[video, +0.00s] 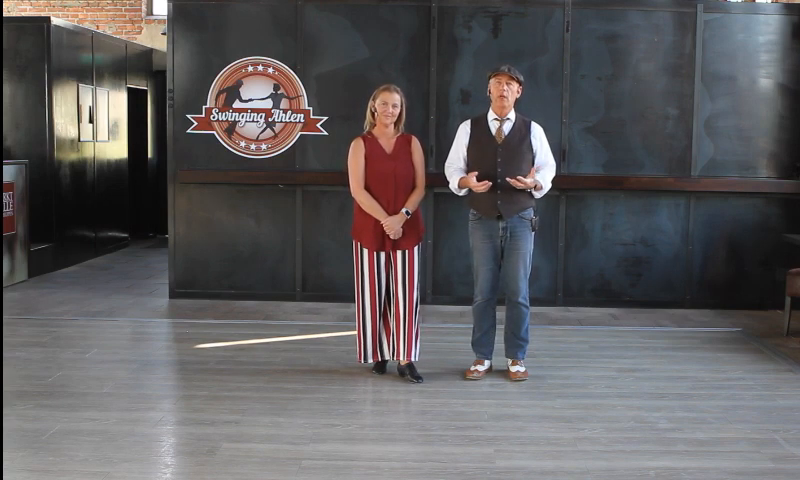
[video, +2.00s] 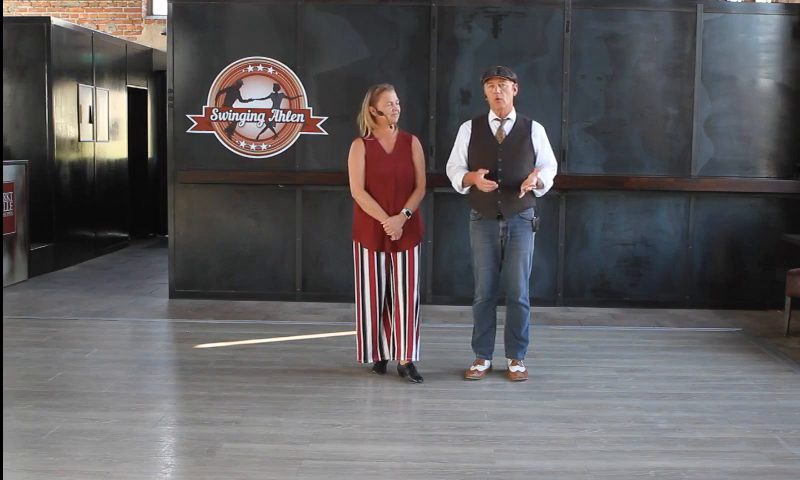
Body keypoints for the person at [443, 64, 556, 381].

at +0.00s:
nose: (504, 90)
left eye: (510, 85)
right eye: (499, 84)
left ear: (518, 92)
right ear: (489, 89)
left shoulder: (532, 130)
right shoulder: (468, 129)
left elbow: (548, 169)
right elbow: (452, 170)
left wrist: (533, 181)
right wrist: (466, 181)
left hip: (520, 219)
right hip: (481, 220)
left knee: (517, 292)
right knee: (483, 292)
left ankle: (516, 359)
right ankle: (482, 358)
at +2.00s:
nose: (497, 92)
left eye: (502, 86)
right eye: (491, 87)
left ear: (514, 90)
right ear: (485, 93)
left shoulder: (533, 129)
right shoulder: (469, 129)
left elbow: (549, 166)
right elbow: (453, 170)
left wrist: (537, 177)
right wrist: (471, 178)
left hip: (521, 219)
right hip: (482, 219)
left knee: (517, 292)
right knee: (484, 291)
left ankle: (516, 359)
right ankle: (482, 358)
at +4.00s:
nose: (502, 90)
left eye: (507, 85)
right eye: (496, 85)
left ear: (517, 90)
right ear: (489, 91)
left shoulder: (534, 130)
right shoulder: (470, 128)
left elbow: (550, 171)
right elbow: (454, 169)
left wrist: (523, 176)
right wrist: (480, 175)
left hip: (521, 220)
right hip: (483, 220)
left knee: (518, 292)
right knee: (484, 292)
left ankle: (516, 359)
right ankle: (482, 358)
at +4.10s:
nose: (502, 90)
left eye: (507, 85)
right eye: (496, 85)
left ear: (517, 90)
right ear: (489, 90)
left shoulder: (535, 130)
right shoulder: (470, 128)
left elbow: (550, 171)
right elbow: (454, 169)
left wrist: (522, 177)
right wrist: (480, 175)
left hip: (521, 220)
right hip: (482, 220)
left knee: (518, 292)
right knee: (484, 292)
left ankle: (516, 359)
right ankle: (482, 358)